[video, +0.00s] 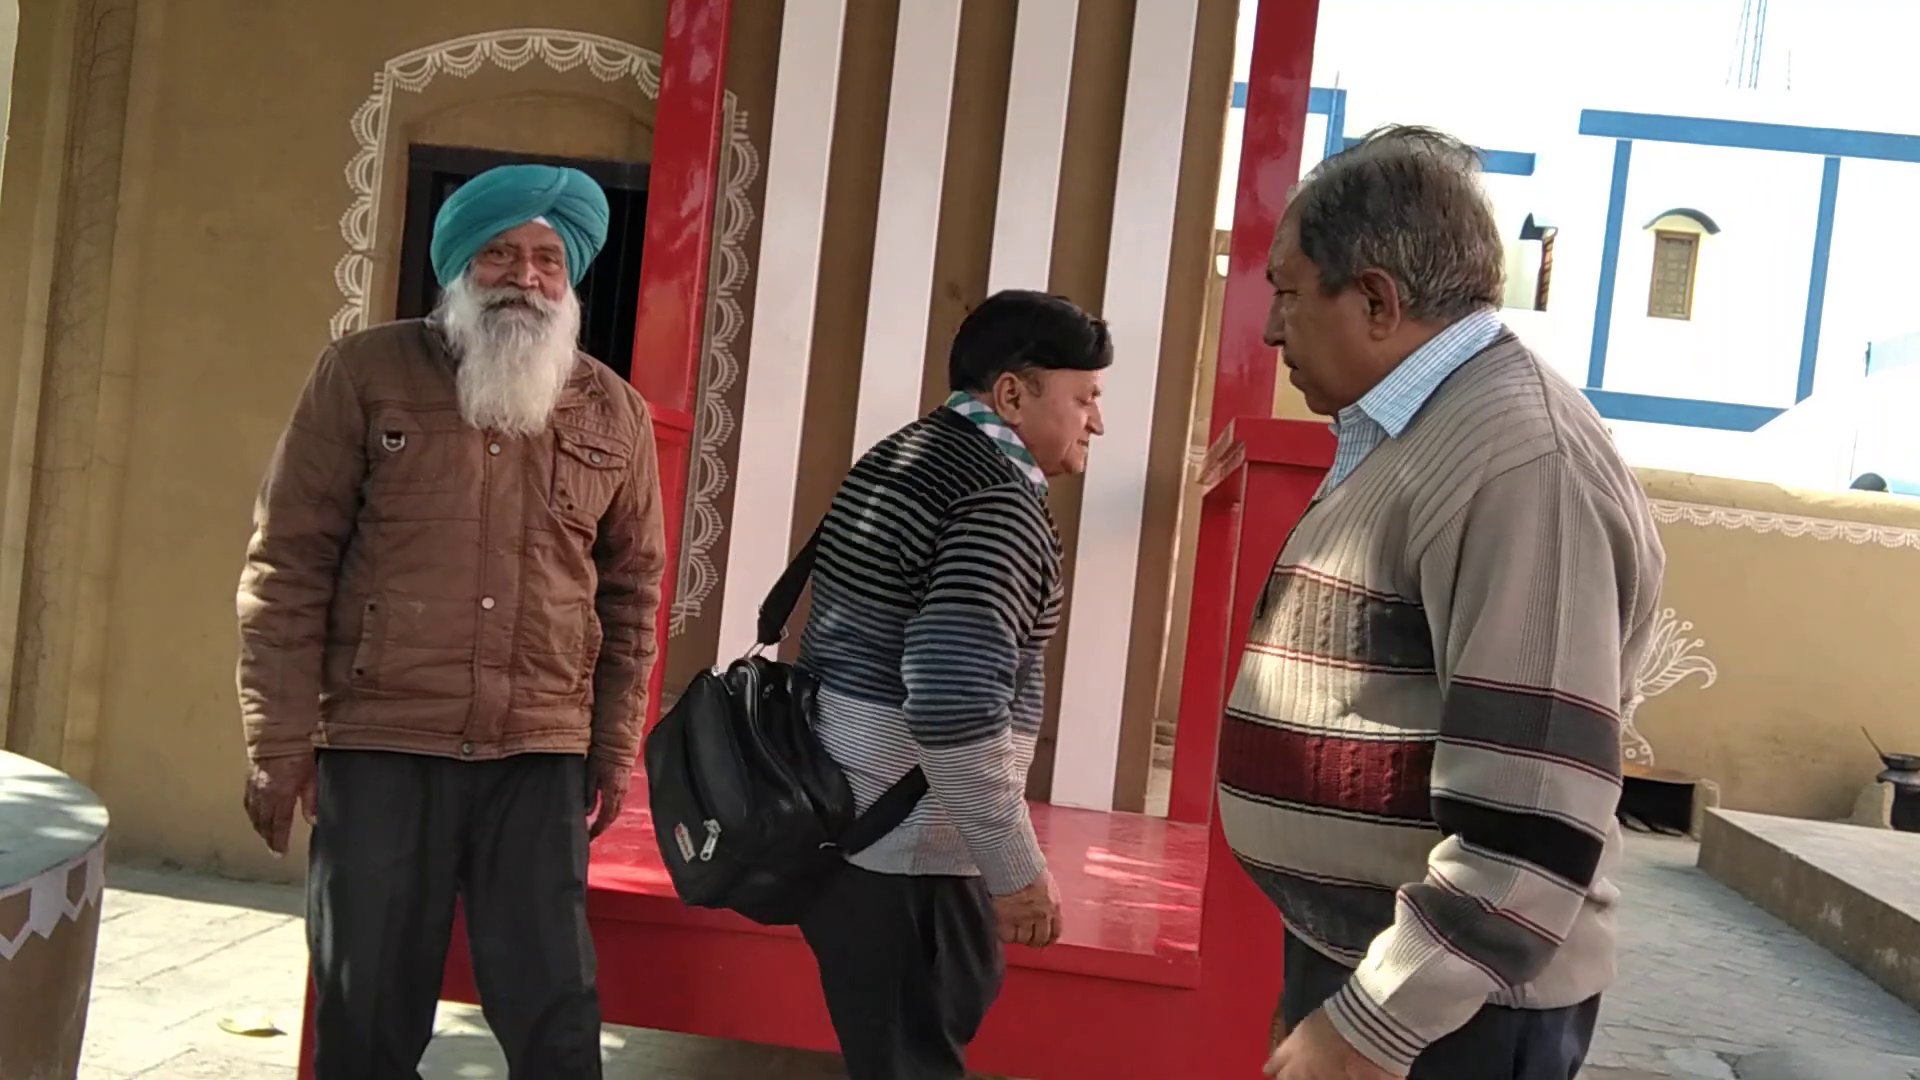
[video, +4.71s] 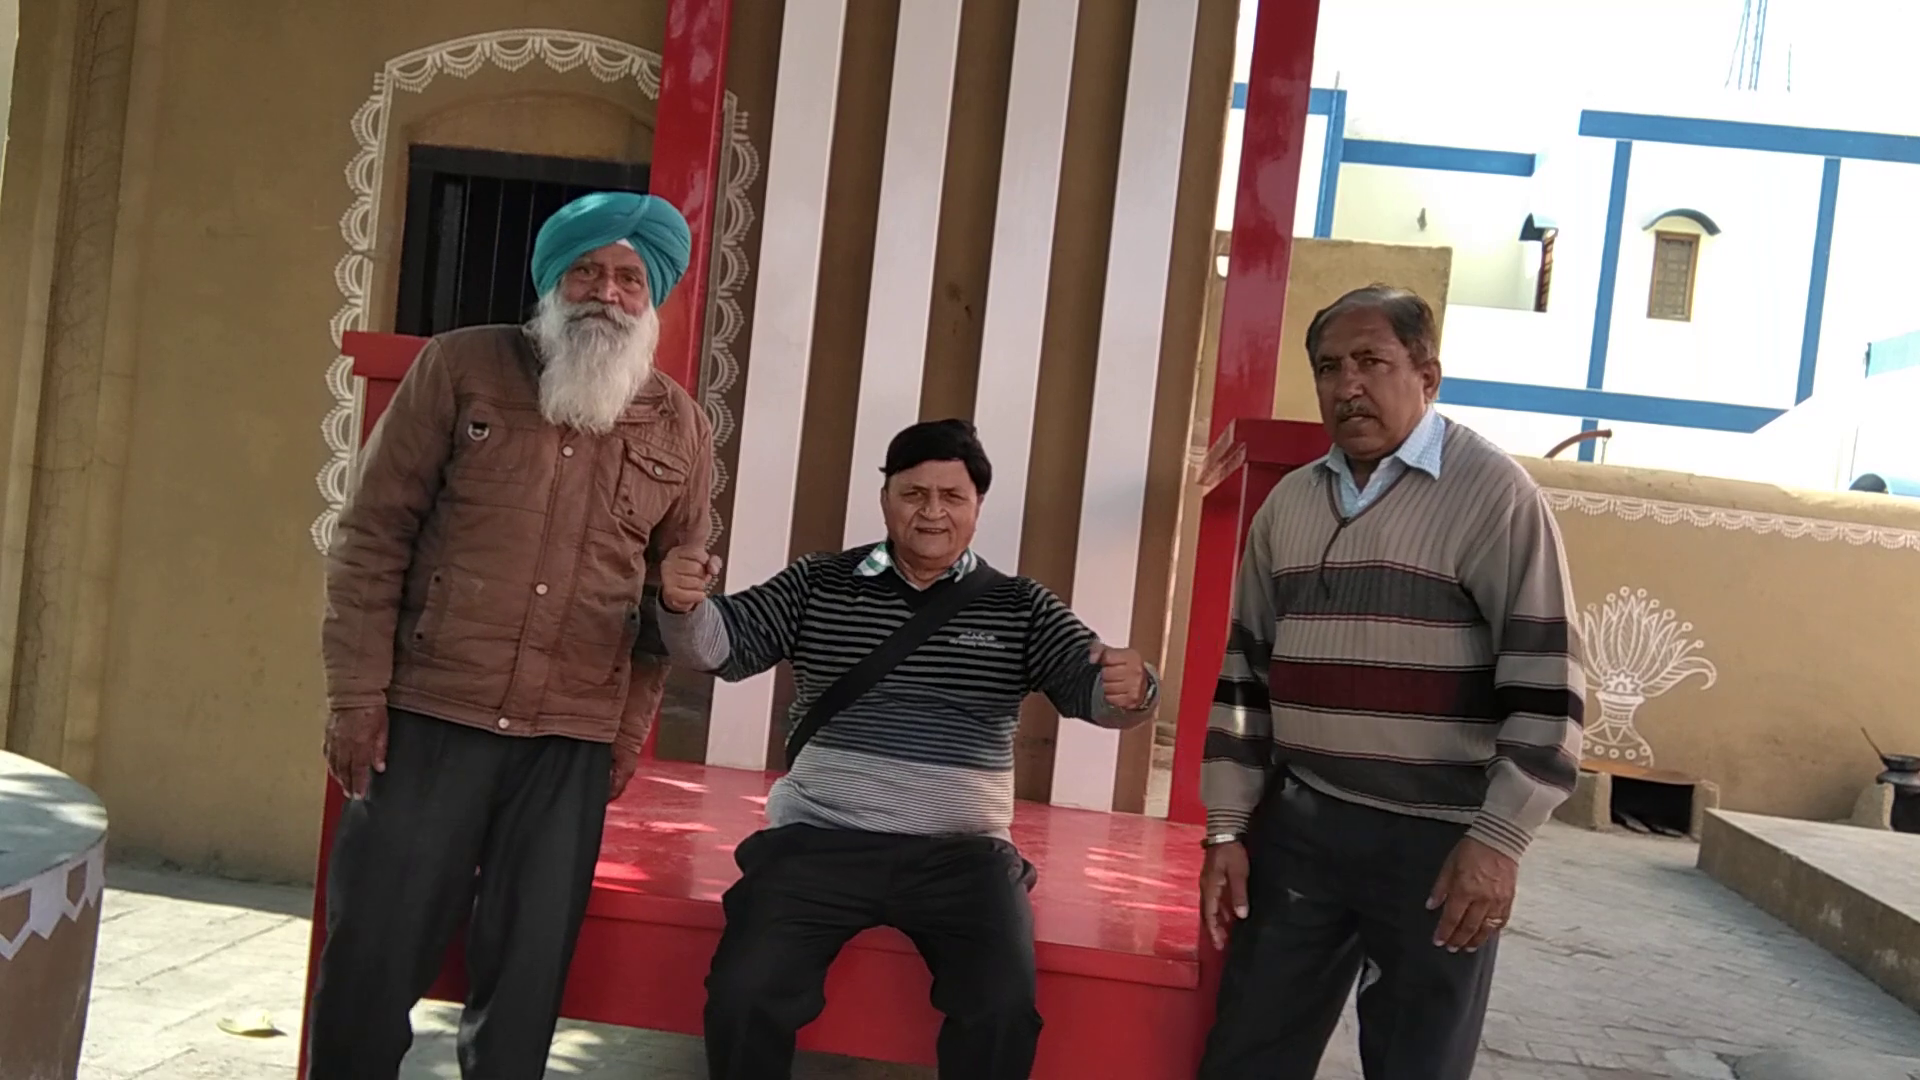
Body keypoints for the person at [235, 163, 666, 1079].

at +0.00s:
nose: (528, 273)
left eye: (550, 257)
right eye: (503, 252)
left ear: (573, 279)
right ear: (458, 266)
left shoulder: (615, 411)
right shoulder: (364, 373)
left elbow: (633, 595)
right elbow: (291, 561)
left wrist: (615, 741)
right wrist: (282, 736)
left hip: (539, 775)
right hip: (381, 766)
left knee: (557, 1034)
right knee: (367, 1037)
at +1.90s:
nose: (633, 313)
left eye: (652, 297)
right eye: (612, 290)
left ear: (669, 311)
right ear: (564, 294)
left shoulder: (680, 429)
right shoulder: (462, 369)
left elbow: (673, 594)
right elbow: (371, 550)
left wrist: (647, 725)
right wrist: (371, 727)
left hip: (583, 770)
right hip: (443, 757)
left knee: (557, 1030)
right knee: (398, 1017)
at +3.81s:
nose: (583, 284)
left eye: (606, 269)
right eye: (563, 263)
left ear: (630, 292)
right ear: (523, 275)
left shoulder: (657, 416)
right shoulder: (433, 367)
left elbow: (657, 583)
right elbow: (354, 546)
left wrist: (629, 704)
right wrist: (354, 712)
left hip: (566, 757)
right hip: (425, 745)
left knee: (546, 1010)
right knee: (408, 999)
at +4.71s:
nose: (610, 291)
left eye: (632, 277)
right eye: (591, 269)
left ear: (657, 300)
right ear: (554, 280)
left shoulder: (680, 427)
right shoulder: (460, 365)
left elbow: (676, 593)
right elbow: (374, 533)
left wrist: (631, 728)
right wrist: (357, 697)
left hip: (572, 747)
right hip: (431, 727)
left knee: (524, 999)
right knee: (367, 978)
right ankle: (351, 1074)